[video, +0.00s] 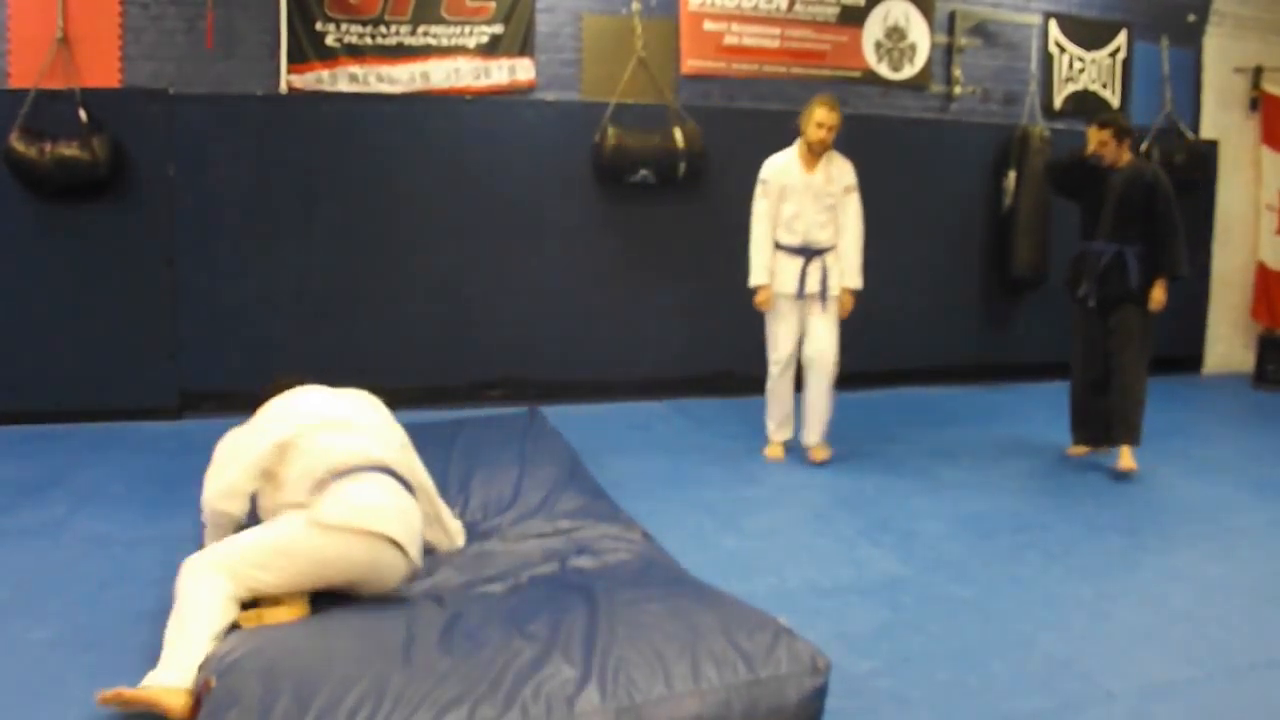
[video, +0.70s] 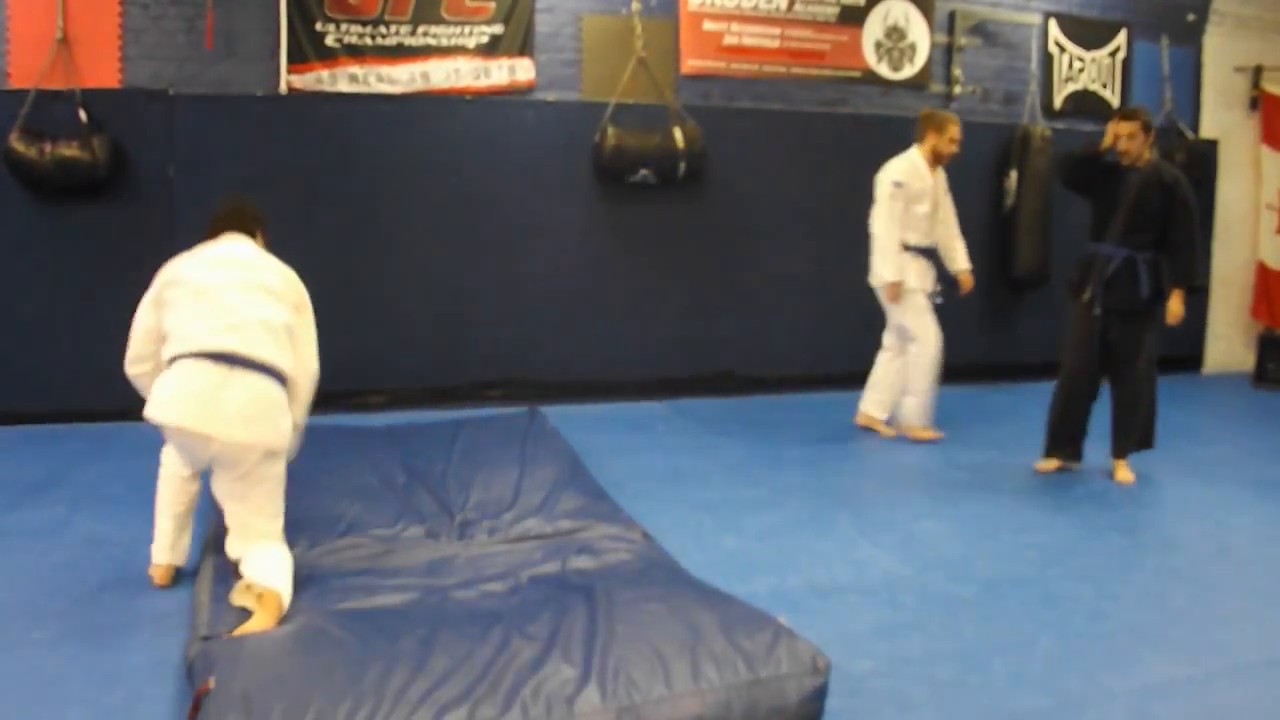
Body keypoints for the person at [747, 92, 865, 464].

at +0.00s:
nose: (824, 134)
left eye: (831, 128)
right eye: (819, 125)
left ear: (837, 131)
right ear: (803, 125)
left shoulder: (843, 169)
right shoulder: (775, 166)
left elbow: (852, 228)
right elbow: (761, 225)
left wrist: (849, 283)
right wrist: (761, 280)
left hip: (827, 268)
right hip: (784, 266)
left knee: (824, 356)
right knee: (781, 356)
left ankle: (815, 437)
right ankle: (777, 434)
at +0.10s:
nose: (838, 132)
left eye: (845, 127)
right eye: (833, 124)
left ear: (850, 131)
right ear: (817, 123)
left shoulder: (856, 170)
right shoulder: (788, 165)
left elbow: (863, 227)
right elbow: (772, 223)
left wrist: (862, 280)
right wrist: (772, 276)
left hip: (839, 265)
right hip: (795, 263)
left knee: (847, 353)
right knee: (784, 356)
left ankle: (847, 421)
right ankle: (777, 432)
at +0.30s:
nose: (878, 146)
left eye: (883, 140)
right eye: (872, 138)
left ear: (888, 145)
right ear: (854, 137)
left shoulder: (889, 181)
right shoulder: (825, 177)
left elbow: (896, 236)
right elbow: (802, 230)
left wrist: (895, 285)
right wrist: (793, 282)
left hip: (871, 277)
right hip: (828, 275)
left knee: (883, 354)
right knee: (803, 356)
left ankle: (871, 415)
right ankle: (778, 432)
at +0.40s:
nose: (902, 151)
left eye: (907, 145)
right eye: (896, 144)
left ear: (909, 149)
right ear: (877, 144)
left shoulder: (907, 186)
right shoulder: (849, 183)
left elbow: (917, 239)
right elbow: (825, 237)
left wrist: (917, 289)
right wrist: (810, 287)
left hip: (891, 275)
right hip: (853, 273)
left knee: (890, 351)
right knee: (837, 349)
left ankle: (871, 416)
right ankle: (790, 423)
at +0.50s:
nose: (924, 150)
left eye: (927, 144)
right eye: (918, 142)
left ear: (928, 147)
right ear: (898, 141)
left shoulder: (920, 185)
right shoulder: (867, 180)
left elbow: (929, 236)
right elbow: (849, 235)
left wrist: (936, 282)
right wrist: (839, 284)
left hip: (905, 270)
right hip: (872, 267)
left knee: (899, 349)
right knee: (871, 347)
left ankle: (873, 414)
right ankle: (823, 419)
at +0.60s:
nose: (938, 147)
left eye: (940, 141)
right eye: (932, 140)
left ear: (939, 143)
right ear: (911, 137)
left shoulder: (927, 180)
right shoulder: (878, 175)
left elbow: (937, 229)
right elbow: (863, 229)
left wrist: (947, 273)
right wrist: (861, 278)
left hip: (910, 265)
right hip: (882, 263)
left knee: (905, 345)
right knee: (895, 342)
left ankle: (877, 416)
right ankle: (856, 415)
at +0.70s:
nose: (957, 148)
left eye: (958, 141)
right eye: (952, 140)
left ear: (941, 141)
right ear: (931, 137)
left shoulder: (937, 174)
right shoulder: (896, 172)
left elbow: (947, 223)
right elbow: (884, 225)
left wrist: (960, 265)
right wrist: (889, 274)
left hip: (921, 263)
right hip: (898, 263)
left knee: (897, 341)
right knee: (927, 337)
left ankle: (872, 409)